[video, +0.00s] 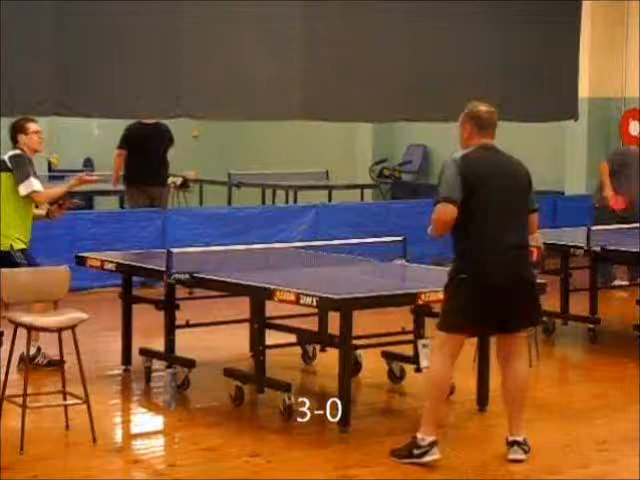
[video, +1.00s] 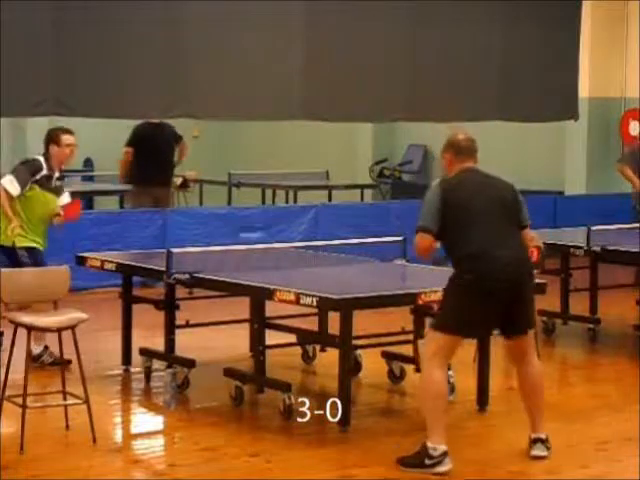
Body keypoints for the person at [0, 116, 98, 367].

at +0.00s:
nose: (41, 138)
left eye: (40, 134)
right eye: (36, 134)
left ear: (23, 140)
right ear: (21, 138)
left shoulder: (14, 160)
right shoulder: (18, 159)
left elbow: (17, 208)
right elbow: (40, 196)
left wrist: (46, 212)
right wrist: (74, 184)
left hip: (9, 243)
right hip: (10, 246)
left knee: (5, 297)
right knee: (44, 287)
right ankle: (33, 349)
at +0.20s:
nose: (29, 135)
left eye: (27, 130)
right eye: (23, 130)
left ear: (13, 136)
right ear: (10, 136)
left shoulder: (11, 157)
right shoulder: (12, 156)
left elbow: (30, 192)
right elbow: (27, 191)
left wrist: (64, 189)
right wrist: (65, 188)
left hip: (10, 241)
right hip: (8, 242)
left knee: (10, 296)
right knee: (38, 288)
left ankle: (31, 348)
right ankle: (31, 349)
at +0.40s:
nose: (26, 137)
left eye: (24, 132)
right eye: (20, 133)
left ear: (9, 140)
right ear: (8, 139)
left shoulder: (7, 160)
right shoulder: (15, 156)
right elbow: (19, 182)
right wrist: (58, 196)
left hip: (8, 242)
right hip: (7, 244)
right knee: (38, 287)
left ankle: (32, 348)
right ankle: (31, 348)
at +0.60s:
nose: (39, 148)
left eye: (37, 143)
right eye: (34, 143)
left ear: (20, 149)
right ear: (21, 147)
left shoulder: (11, 166)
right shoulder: (20, 162)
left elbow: (16, 206)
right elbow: (14, 180)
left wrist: (39, 204)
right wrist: (40, 203)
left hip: (9, 239)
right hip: (7, 242)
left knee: (29, 289)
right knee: (34, 288)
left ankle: (34, 346)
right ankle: (34, 346)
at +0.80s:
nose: (64, 160)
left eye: (65, 155)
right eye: (62, 154)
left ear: (49, 154)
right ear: (47, 153)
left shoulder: (35, 172)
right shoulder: (30, 166)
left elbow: (27, 206)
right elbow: (5, 183)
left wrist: (48, 219)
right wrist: (19, 209)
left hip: (15, 240)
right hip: (9, 241)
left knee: (33, 288)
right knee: (37, 287)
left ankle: (38, 346)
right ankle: (38, 347)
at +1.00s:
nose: (71, 152)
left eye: (73, 147)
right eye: (67, 146)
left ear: (67, 150)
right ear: (52, 147)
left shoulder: (58, 178)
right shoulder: (33, 166)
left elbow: (57, 211)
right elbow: (3, 189)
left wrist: (58, 216)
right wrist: (12, 219)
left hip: (35, 242)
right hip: (16, 240)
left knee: (34, 294)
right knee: (38, 292)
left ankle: (38, 348)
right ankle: (37, 347)